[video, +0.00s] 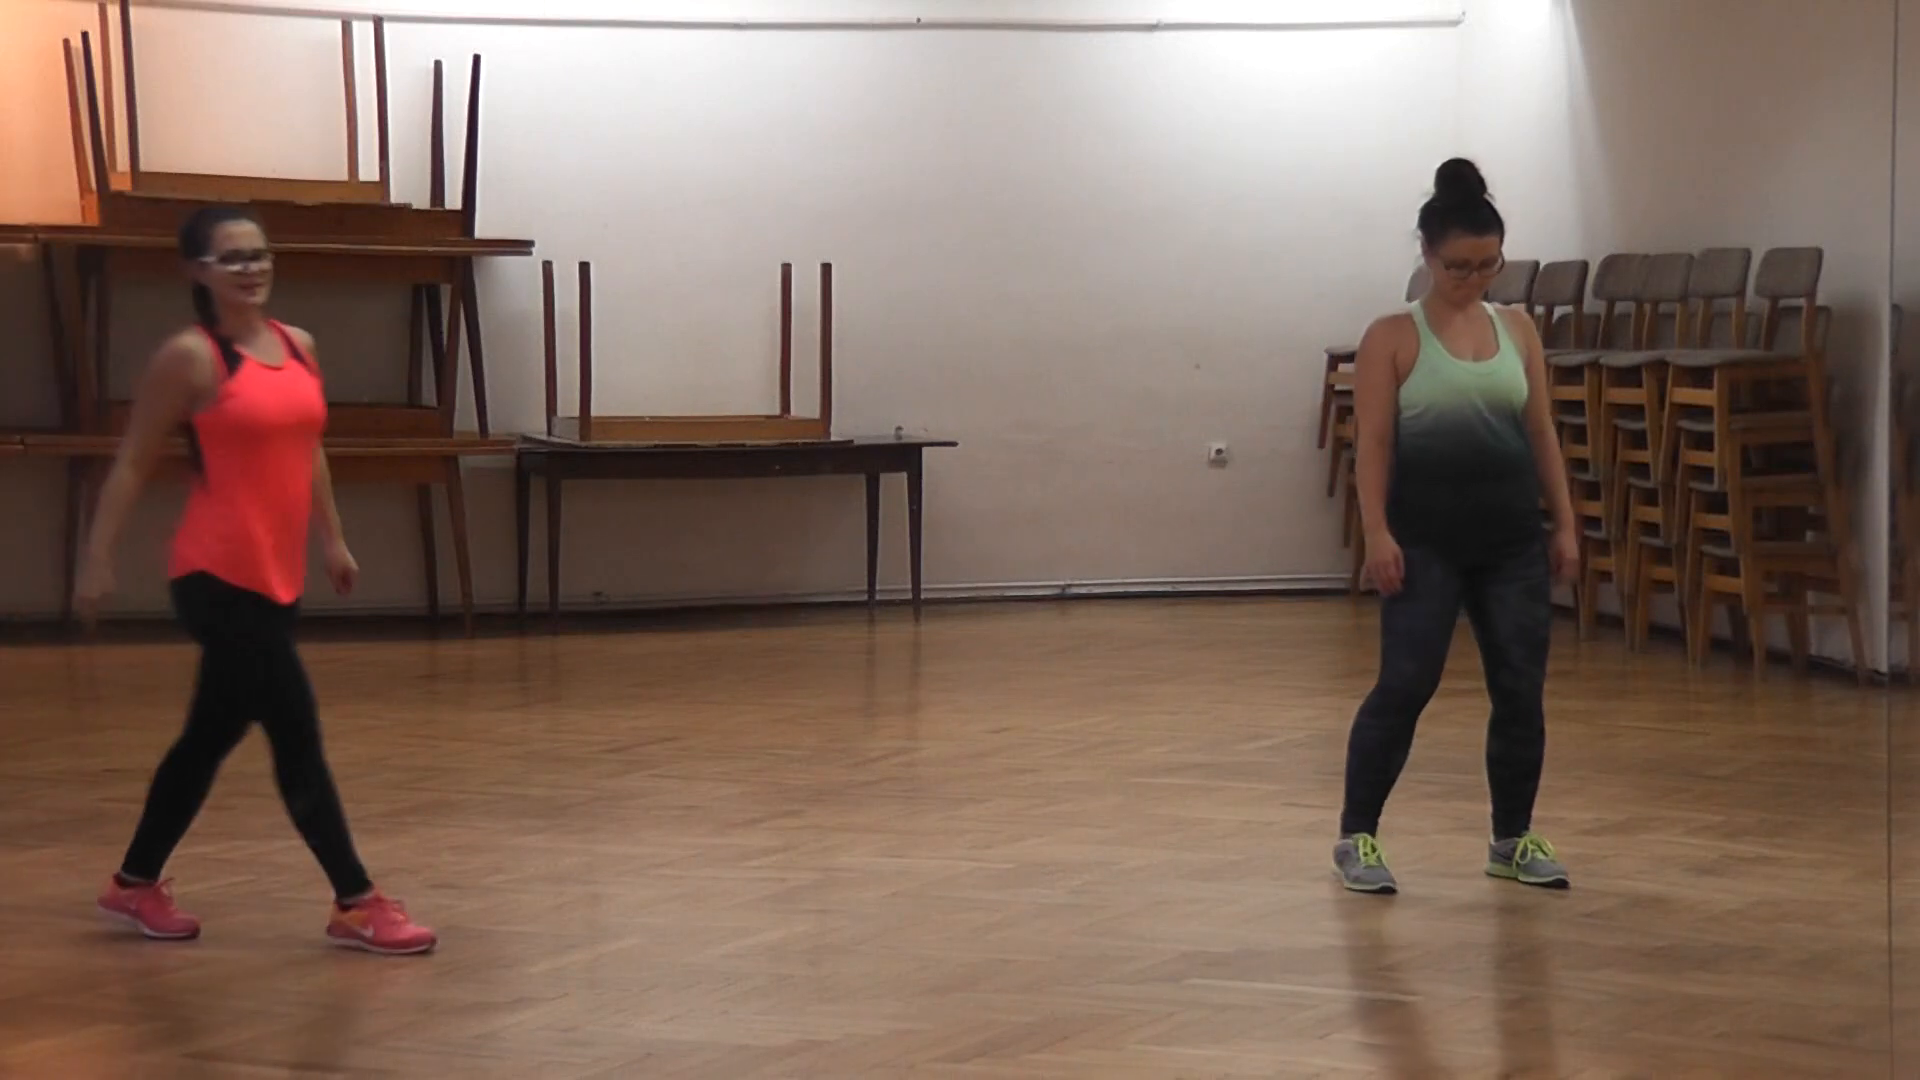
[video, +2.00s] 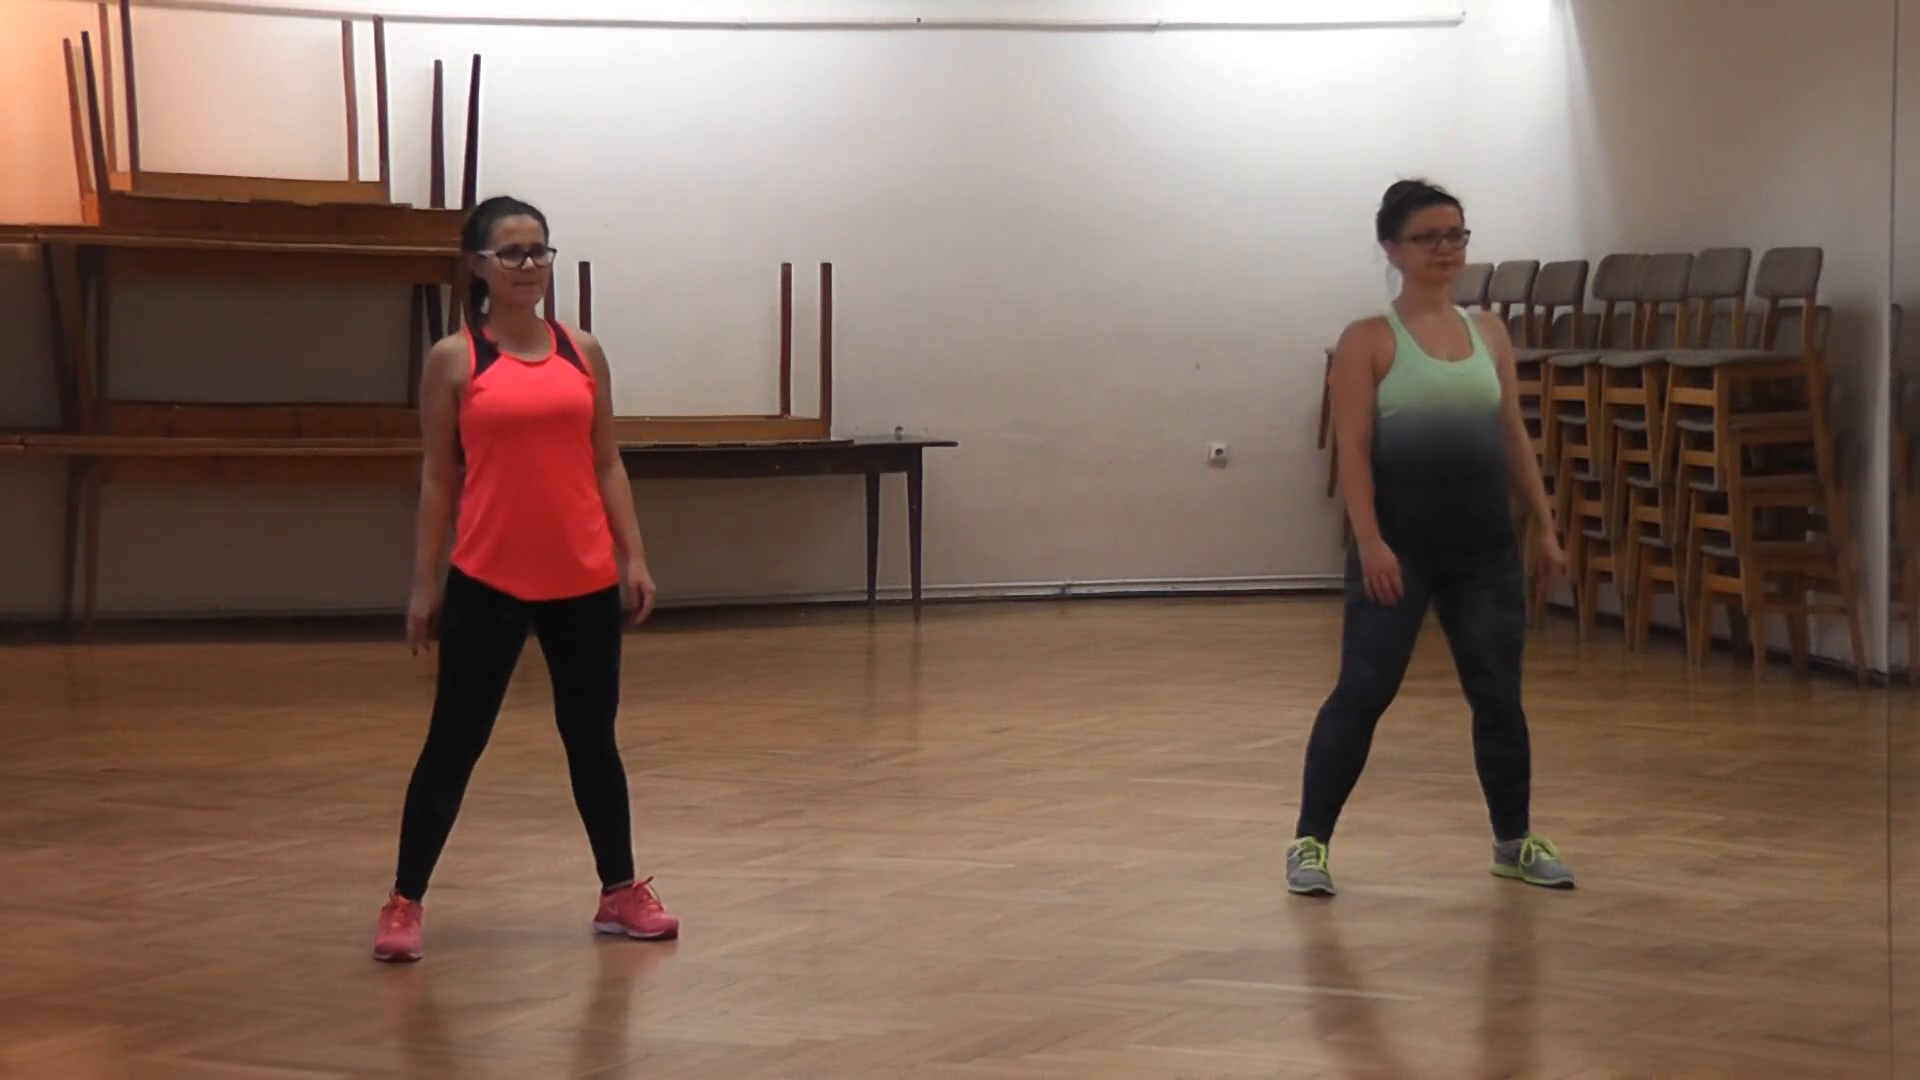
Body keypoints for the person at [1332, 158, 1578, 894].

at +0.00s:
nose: (1473, 279)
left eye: (1486, 265)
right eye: (1458, 267)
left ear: (1501, 252)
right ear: (1427, 254)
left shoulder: (1518, 330)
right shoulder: (1392, 337)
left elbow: (1543, 434)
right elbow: (1372, 445)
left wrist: (1566, 522)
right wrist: (1376, 534)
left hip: (1513, 545)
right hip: (1423, 547)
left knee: (1521, 695)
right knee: (1404, 689)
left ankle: (1512, 839)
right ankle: (1357, 836)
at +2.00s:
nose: (1447, 249)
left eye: (1456, 236)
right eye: (1429, 239)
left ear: (1466, 242)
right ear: (1393, 250)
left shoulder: (1488, 331)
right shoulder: (1367, 339)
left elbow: (1513, 434)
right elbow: (1351, 449)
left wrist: (1544, 522)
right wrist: (1368, 540)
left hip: (1484, 549)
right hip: (1398, 548)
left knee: (1499, 700)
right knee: (1361, 695)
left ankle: (1513, 843)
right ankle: (1311, 840)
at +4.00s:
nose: (1282, 245)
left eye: (1291, 232)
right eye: (1264, 235)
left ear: (1302, 238)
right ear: (1229, 244)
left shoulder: (1326, 330)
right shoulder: (1206, 332)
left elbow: (1344, 441)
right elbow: (1184, 442)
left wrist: (1361, 527)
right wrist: (1180, 537)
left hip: (1321, 543)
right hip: (1234, 546)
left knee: (1332, 695)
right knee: (1216, 695)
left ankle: (1351, 845)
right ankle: (1174, 842)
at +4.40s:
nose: (1294, 243)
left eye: (1303, 230)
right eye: (1275, 233)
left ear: (1315, 238)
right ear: (1242, 247)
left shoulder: (1342, 335)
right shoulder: (1216, 334)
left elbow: (1369, 445)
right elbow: (1193, 444)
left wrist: (1403, 536)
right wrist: (1188, 540)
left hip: (1334, 550)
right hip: (1246, 550)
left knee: (1345, 701)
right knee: (1222, 699)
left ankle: (1356, 848)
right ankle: (1177, 849)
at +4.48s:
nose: (1297, 245)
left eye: (1305, 232)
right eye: (1278, 236)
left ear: (1318, 237)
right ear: (1245, 248)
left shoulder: (1344, 336)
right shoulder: (1220, 334)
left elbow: (1375, 446)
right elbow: (1195, 444)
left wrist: (1411, 533)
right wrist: (1188, 538)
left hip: (1340, 551)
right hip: (1251, 552)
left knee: (1349, 702)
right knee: (1226, 699)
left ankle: (1357, 849)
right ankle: (1179, 849)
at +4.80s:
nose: (1296, 248)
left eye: (1299, 231)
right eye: (1277, 248)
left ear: (1315, 228)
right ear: (1255, 266)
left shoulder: (1378, 322)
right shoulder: (1240, 336)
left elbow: (1417, 423)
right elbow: (1221, 430)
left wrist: (1436, 508)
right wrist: (1197, 492)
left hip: (1363, 545)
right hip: (1270, 545)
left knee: (1359, 700)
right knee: (1246, 696)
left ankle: (1358, 848)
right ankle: (1211, 847)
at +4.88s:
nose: (1282, 267)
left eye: (1289, 248)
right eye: (1263, 262)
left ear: (1315, 235)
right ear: (1251, 267)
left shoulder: (1385, 325)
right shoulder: (1248, 339)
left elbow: (1424, 423)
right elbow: (1230, 440)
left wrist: (1430, 515)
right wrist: (1191, 508)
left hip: (1367, 547)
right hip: (1276, 548)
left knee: (1362, 702)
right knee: (1254, 698)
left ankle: (1358, 848)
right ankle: (1217, 849)